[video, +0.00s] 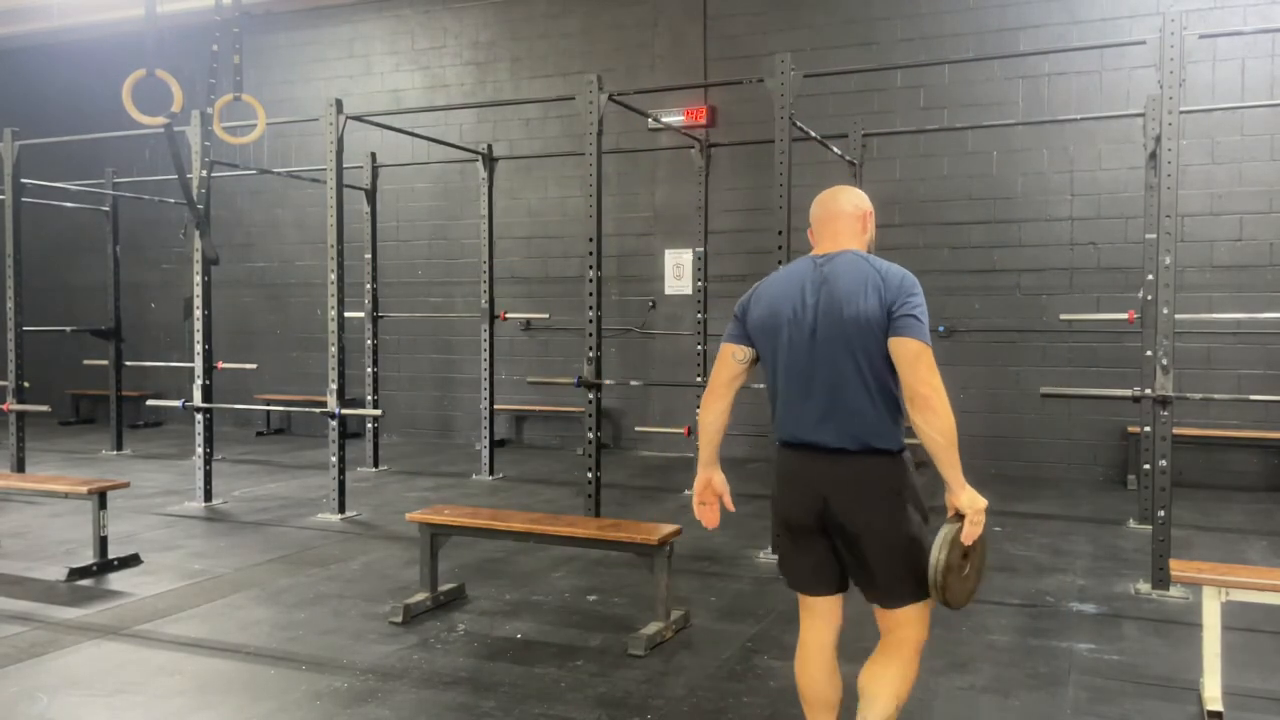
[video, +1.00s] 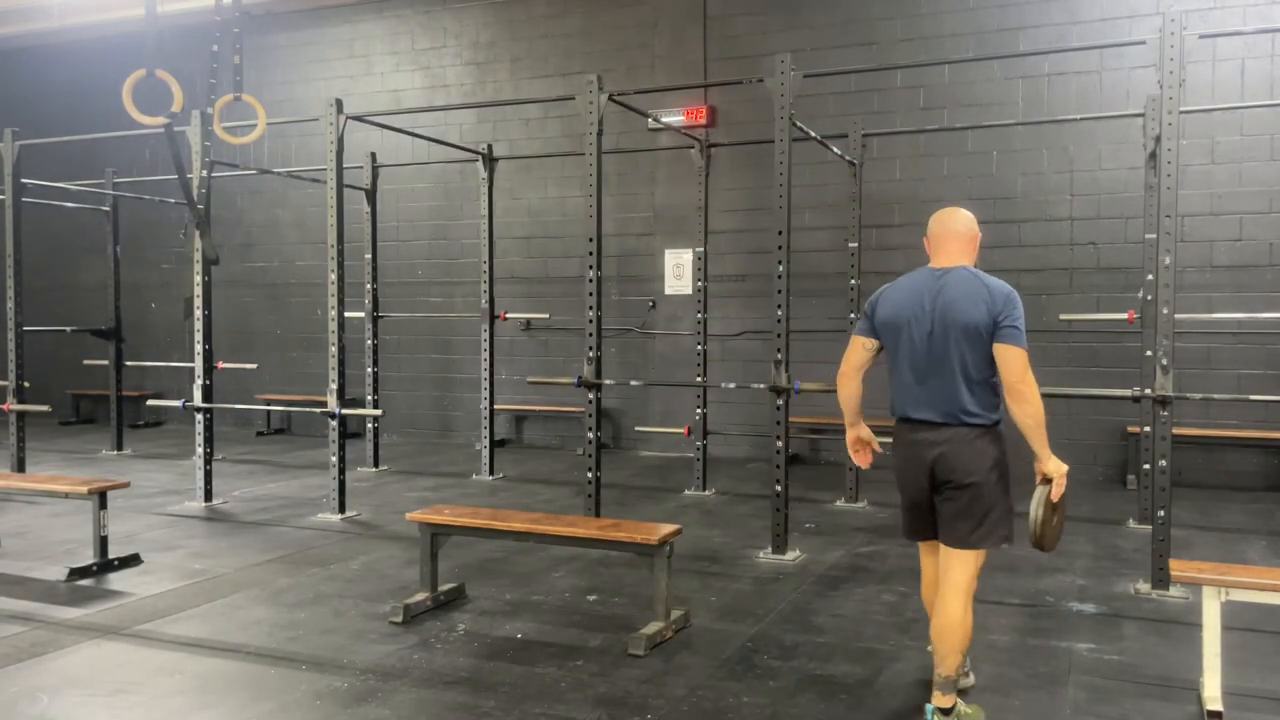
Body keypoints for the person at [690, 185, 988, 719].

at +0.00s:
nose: (873, 233)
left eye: (872, 224)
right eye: (873, 224)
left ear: (810, 232)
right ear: (867, 223)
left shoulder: (765, 292)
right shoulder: (892, 283)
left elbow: (720, 385)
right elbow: (922, 393)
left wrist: (707, 464)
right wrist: (957, 484)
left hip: (796, 483)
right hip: (874, 485)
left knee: (816, 623)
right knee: (903, 630)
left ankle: (822, 716)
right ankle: (868, 713)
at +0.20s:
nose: (890, 236)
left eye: (888, 228)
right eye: (889, 228)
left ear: (828, 235)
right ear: (883, 228)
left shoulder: (786, 294)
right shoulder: (907, 285)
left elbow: (741, 386)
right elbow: (925, 383)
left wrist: (752, 440)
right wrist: (955, 478)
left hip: (815, 473)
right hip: (890, 475)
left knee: (820, 619)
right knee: (918, 602)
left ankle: (822, 717)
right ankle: (909, 711)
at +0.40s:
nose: (918, 247)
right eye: (918, 239)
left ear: (859, 248)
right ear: (914, 242)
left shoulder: (818, 301)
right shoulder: (936, 298)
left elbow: (774, 387)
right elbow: (946, 390)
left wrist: (784, 438)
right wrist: (967, 483)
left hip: (840, 472)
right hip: (912, 476)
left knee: (834, 613)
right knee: (926, 603)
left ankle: (829, 717)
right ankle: (936, 707)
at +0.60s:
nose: (956, 246)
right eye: (955, 239)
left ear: (899, 241)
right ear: (950, 241)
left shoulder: (854, 296)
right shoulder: (968, 298)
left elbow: (812, 374)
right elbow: (973, 390)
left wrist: (800, 440)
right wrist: (991, 475)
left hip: (875, 462)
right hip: (944, 463)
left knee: (866, 585)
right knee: (946, 593)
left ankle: (847, 704)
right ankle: (942, 706)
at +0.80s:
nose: (971, 242)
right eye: (971, 235)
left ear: (918, 239)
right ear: (969, 239)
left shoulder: (876, 293)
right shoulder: (989, 294)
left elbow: (835, 368)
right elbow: (1000, 387)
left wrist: (827, 430)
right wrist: (1021, 463)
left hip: (896, 451)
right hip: (960, 453)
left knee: (901, 559)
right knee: (950, 587)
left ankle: (895, 679)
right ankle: (943, 705)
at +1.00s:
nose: (976, 249)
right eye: (977, 242)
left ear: (927, 246)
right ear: (976, 245)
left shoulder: (890, 296)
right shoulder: (998, 296)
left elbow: (849, 372)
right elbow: (1017, 384)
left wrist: (853, 423)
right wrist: (1044, 454)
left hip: (911, 448)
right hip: (972, 450)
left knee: (932, 560)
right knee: (958, 578)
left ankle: (951, 664)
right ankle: (942, 703)